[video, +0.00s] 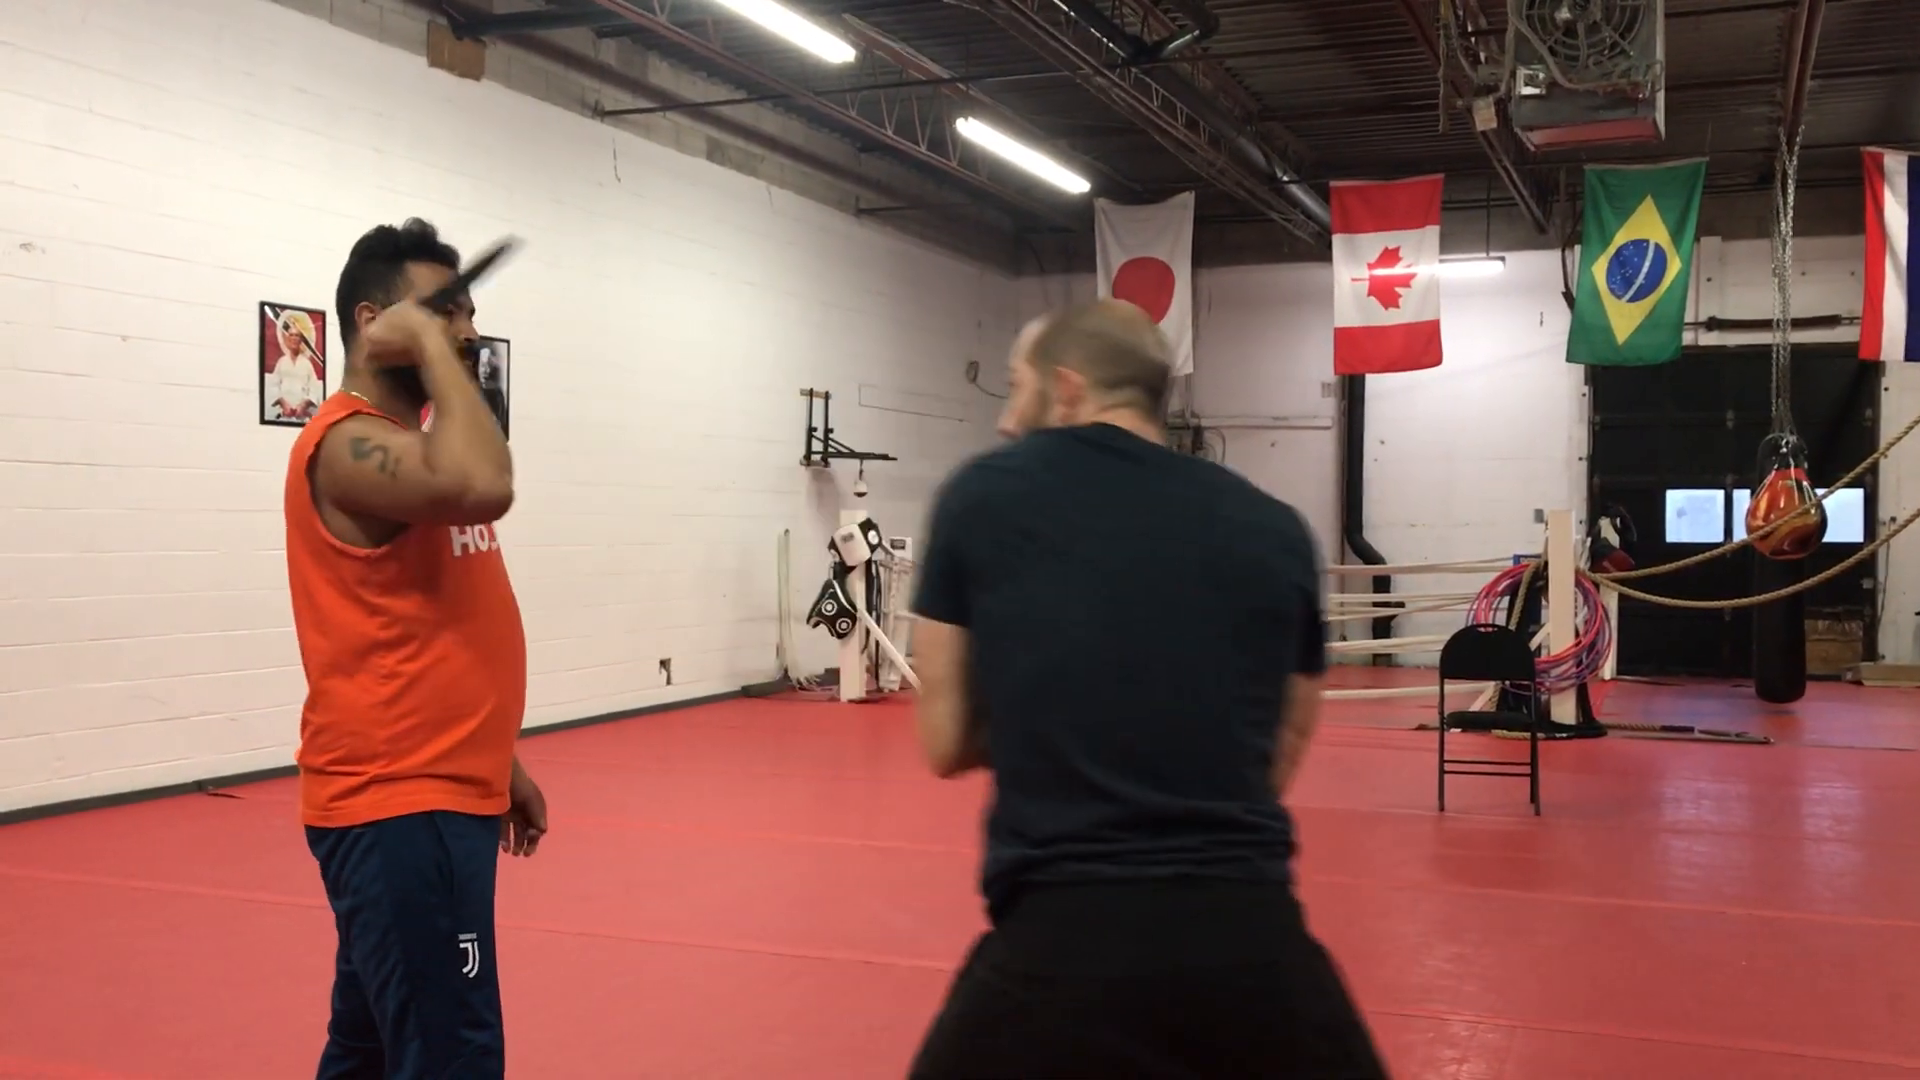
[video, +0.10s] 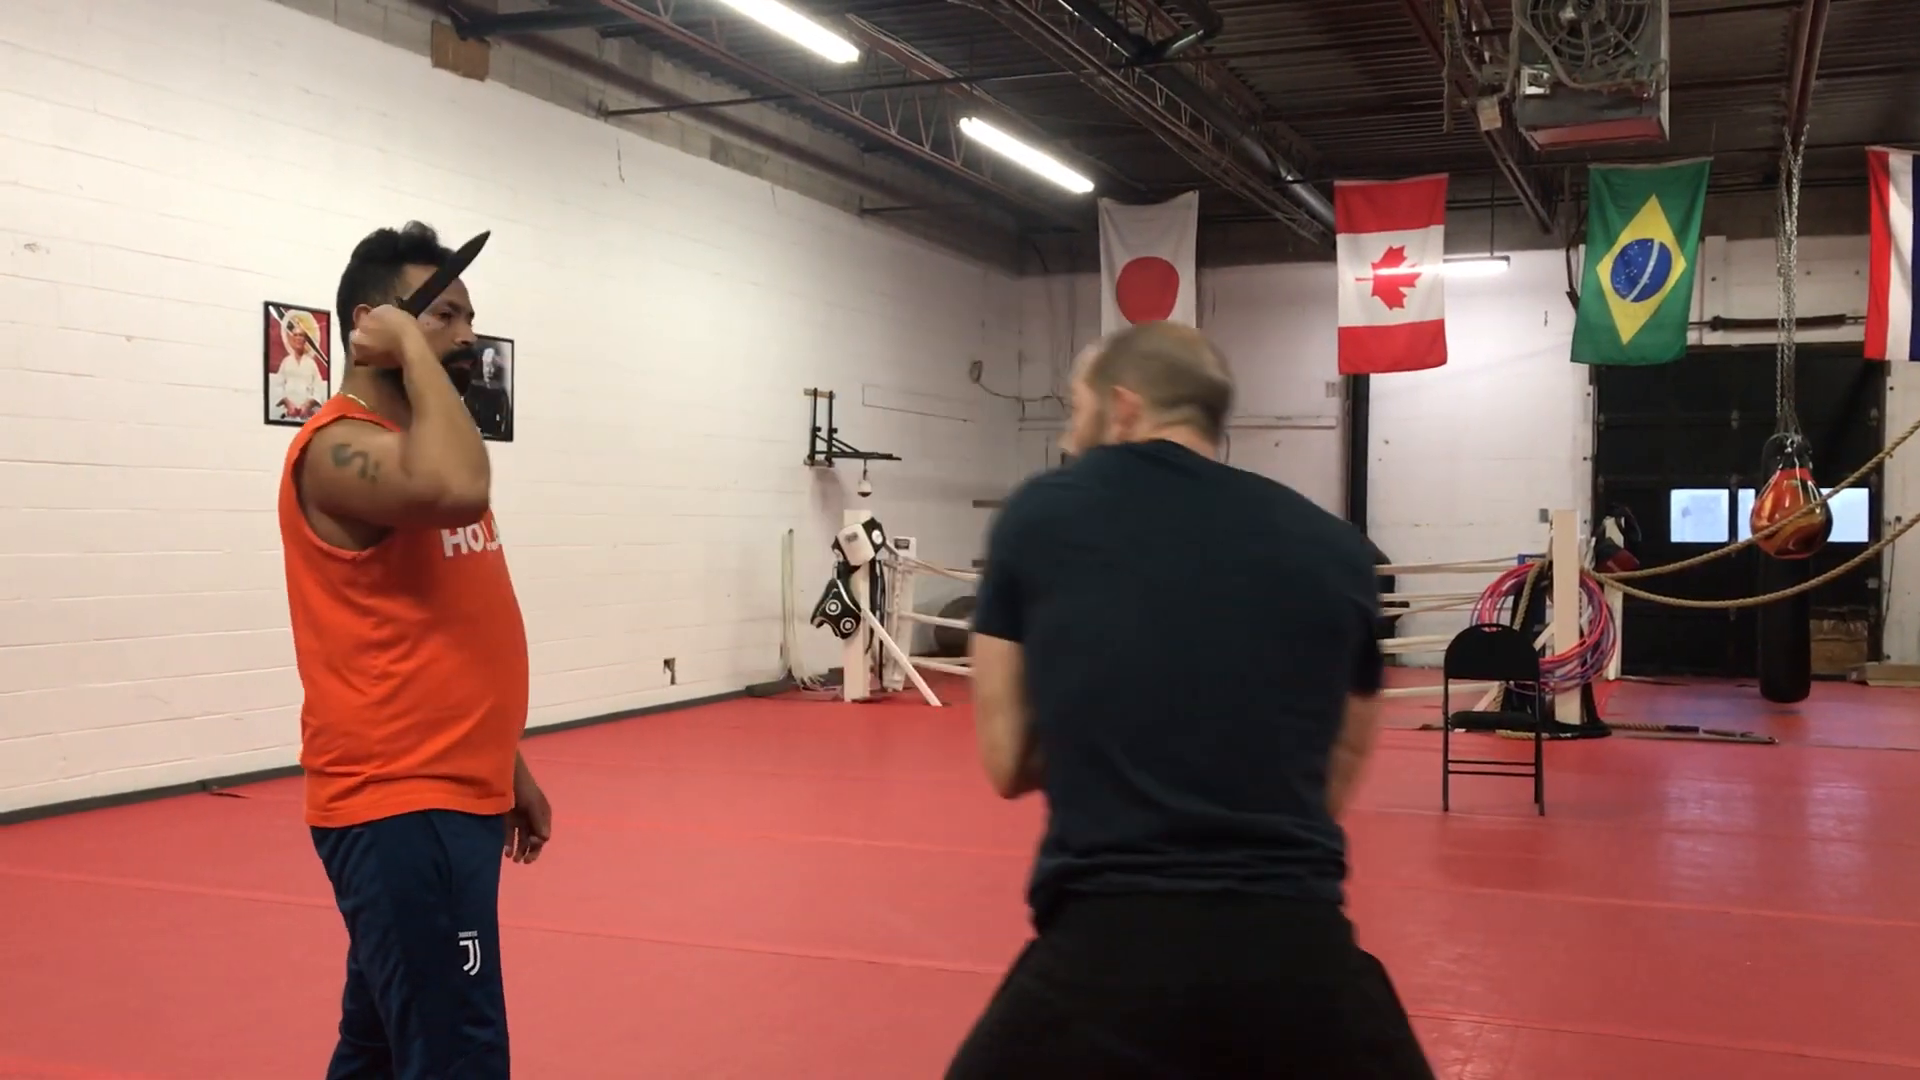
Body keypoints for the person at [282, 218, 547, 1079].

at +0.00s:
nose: (465, 327)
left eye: (462, 309)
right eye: (445, 305)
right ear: (380, 324)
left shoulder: (409, 437)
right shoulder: (350, 438)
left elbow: (425, 637)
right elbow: (481, 479)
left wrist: (497, 763)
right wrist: (427, 342)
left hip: (431, 802)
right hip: (396, 808)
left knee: (370, 1056)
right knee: (454, 1057)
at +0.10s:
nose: (467, 337)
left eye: (467, 315)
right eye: (444, 312)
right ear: (379, 328)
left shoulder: (417, 435)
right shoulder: (341, 444)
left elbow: (444, 632)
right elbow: (458, 482)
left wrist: (508, 766)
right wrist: (411, 349)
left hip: (445, 802)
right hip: (397, 808)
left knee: (378, 1056)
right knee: (460, 1057)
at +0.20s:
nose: (470, 339)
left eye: (468, 316)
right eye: (445, 314)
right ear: (378, 333)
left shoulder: (427, 443)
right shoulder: (336, 448)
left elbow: (462, 631)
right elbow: (445, 493)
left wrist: (522, 765)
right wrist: (409, 350)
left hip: (457, 804)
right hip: (404, 811)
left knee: (389, 1056)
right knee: (468, 1056)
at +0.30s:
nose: (473, 338)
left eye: (475, 318)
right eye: (448, 315)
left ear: (475, 327)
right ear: (379, 336)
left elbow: (475, 625)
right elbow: (447, 492)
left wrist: (538, 756)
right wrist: (415, 350)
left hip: (466, 801)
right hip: (414, 807)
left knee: (397, 1056)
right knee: (477, 1058)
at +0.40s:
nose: (481, 337)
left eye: (481, 316)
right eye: (456, 314)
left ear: (484, 324)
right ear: (391, 336)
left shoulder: (449, 445)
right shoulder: (356, 449)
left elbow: (482, 623)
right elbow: (466, 489)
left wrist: (550, 753)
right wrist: (435, 348)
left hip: (477, 799)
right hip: (426, 806)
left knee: (405, 1055)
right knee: (492, 1057)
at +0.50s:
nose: (488, 326)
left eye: (488, 310)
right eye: (468, 307)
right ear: (402, 328)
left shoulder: (457, 439)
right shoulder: (377, 446)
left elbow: (487, 622)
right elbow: (492, 485)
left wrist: (557, 751)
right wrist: (471, 340)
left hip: (481, 798)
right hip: (439, 804)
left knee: (415, 1055)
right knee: (509, 1057)